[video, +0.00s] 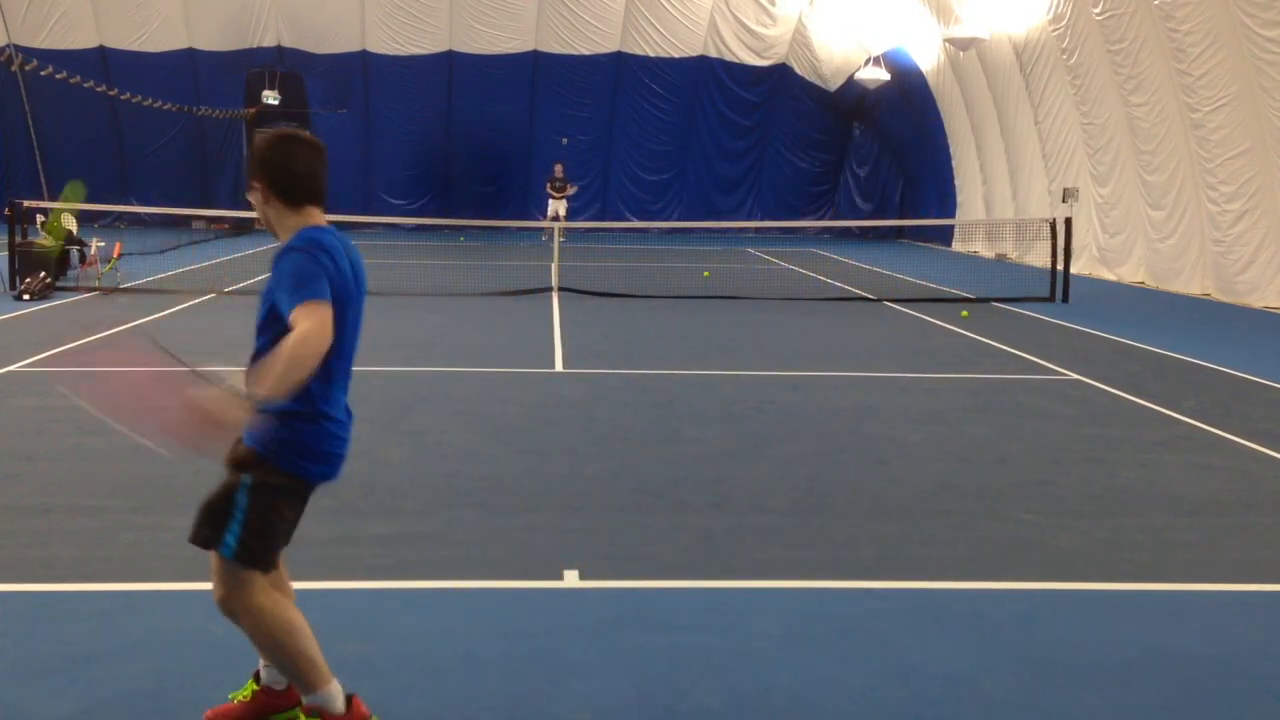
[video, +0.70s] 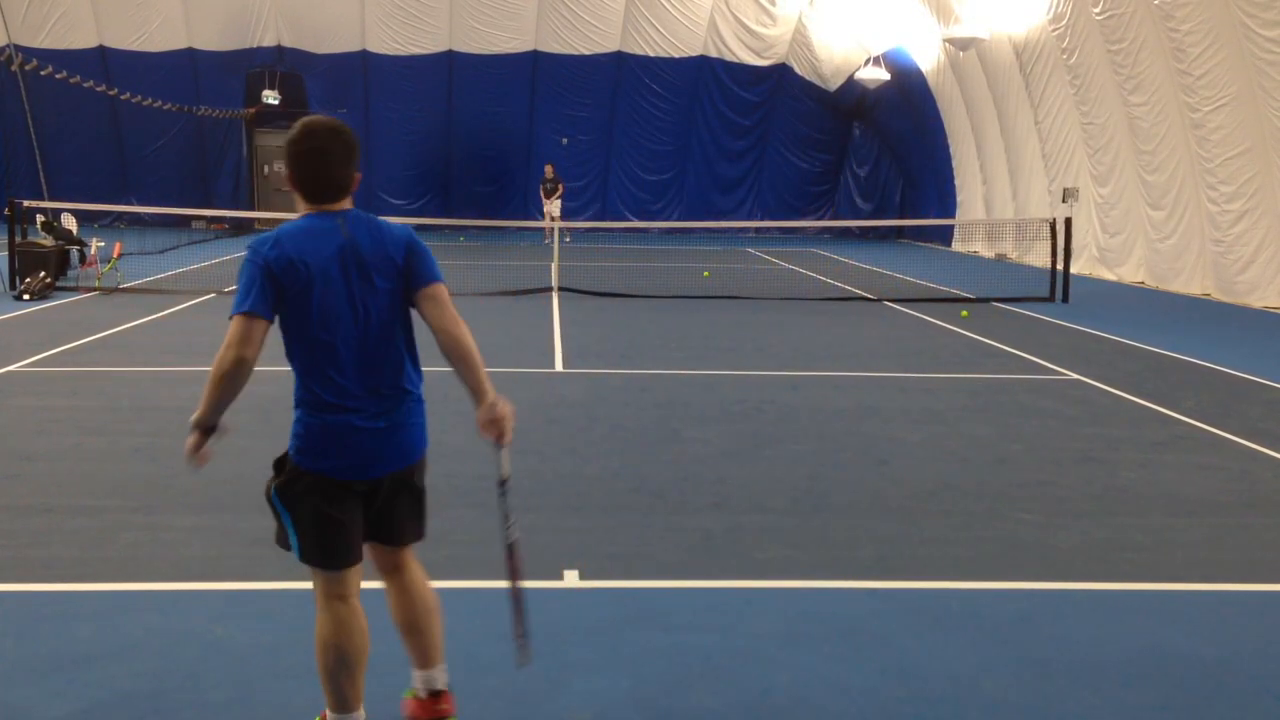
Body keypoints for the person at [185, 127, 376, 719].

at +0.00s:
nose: (252, 198)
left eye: (252, 187)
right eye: (252, 188)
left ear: (263, 192)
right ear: (316, 186)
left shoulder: (302, 255)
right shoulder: (337, 248)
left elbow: (314, 332)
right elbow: (320, 347)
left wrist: (252, 396)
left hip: (286, 441)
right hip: (304, 435)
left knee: (236, 589)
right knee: (259, 563)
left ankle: (333, 705)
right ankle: (279, 682)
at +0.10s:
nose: (231, 187)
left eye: (231, 178)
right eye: (232, 177)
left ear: (239, 184)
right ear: (299, 173)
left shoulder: (285, 242)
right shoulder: (331, 236)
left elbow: (335, 310)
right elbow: (376, 313)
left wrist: (367, 390)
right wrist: (414, 371)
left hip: (270, 436)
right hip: (305, 434)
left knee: (239, 575)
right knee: (272, 554)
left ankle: (322, 702)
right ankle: (274, 678)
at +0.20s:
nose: (225, 187)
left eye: (223, 179)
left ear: (227, 187)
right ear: (293, 172)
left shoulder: (272, 245)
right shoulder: (337, 232)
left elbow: (342, 302)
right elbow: (409, 282)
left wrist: (408, 363)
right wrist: (480, 332)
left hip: (275, 439)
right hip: (318, 435)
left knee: (265, 580)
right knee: (274, 555)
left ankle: (330, 707)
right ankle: (272, 678)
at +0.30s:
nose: (225, 192)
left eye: (224, 182)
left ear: (228, 192)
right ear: (292, 179)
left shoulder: (260, 250)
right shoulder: (340, 230)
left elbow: (320, 305)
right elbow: (421, 269)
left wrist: (389, 376)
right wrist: (498, 302)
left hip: (296, 443)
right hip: (344, 437)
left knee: (297, 587)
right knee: (284, 548)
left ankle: (340, 712)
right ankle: (278, 672)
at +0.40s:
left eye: (232, 184)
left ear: (235, 195)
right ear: (301, 183)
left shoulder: (256, 252)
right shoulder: (349, 232)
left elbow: (285, 321)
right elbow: (431, 271)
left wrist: (305, 415)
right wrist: (505, 309)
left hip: (309, 446)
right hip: (366, 437)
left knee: (323, 588)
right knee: (312, 554)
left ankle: (345, 711)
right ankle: (298, 668)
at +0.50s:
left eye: (246, 179)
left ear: (249, 191)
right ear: (315, 181)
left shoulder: (256, 254)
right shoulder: (365, 232)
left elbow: (251, 338)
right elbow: (442, 286)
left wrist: (222, 443)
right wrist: (504, 334)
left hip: (317, 448)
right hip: (383, 441)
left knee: (330, 593)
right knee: (348, 565)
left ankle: (347, 713)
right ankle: (346, 683)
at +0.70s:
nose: (284, 174)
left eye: (284, 167)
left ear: (288, 180)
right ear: (355, 177)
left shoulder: (272, 252)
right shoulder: (398, 239)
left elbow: (241, 355)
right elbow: (448, 324)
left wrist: (206, 420)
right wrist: (486, 396)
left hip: (324, 449)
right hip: (401, 442)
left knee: (336, 590)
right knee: (397, 557)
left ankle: (344, 713)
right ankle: (435, 693)